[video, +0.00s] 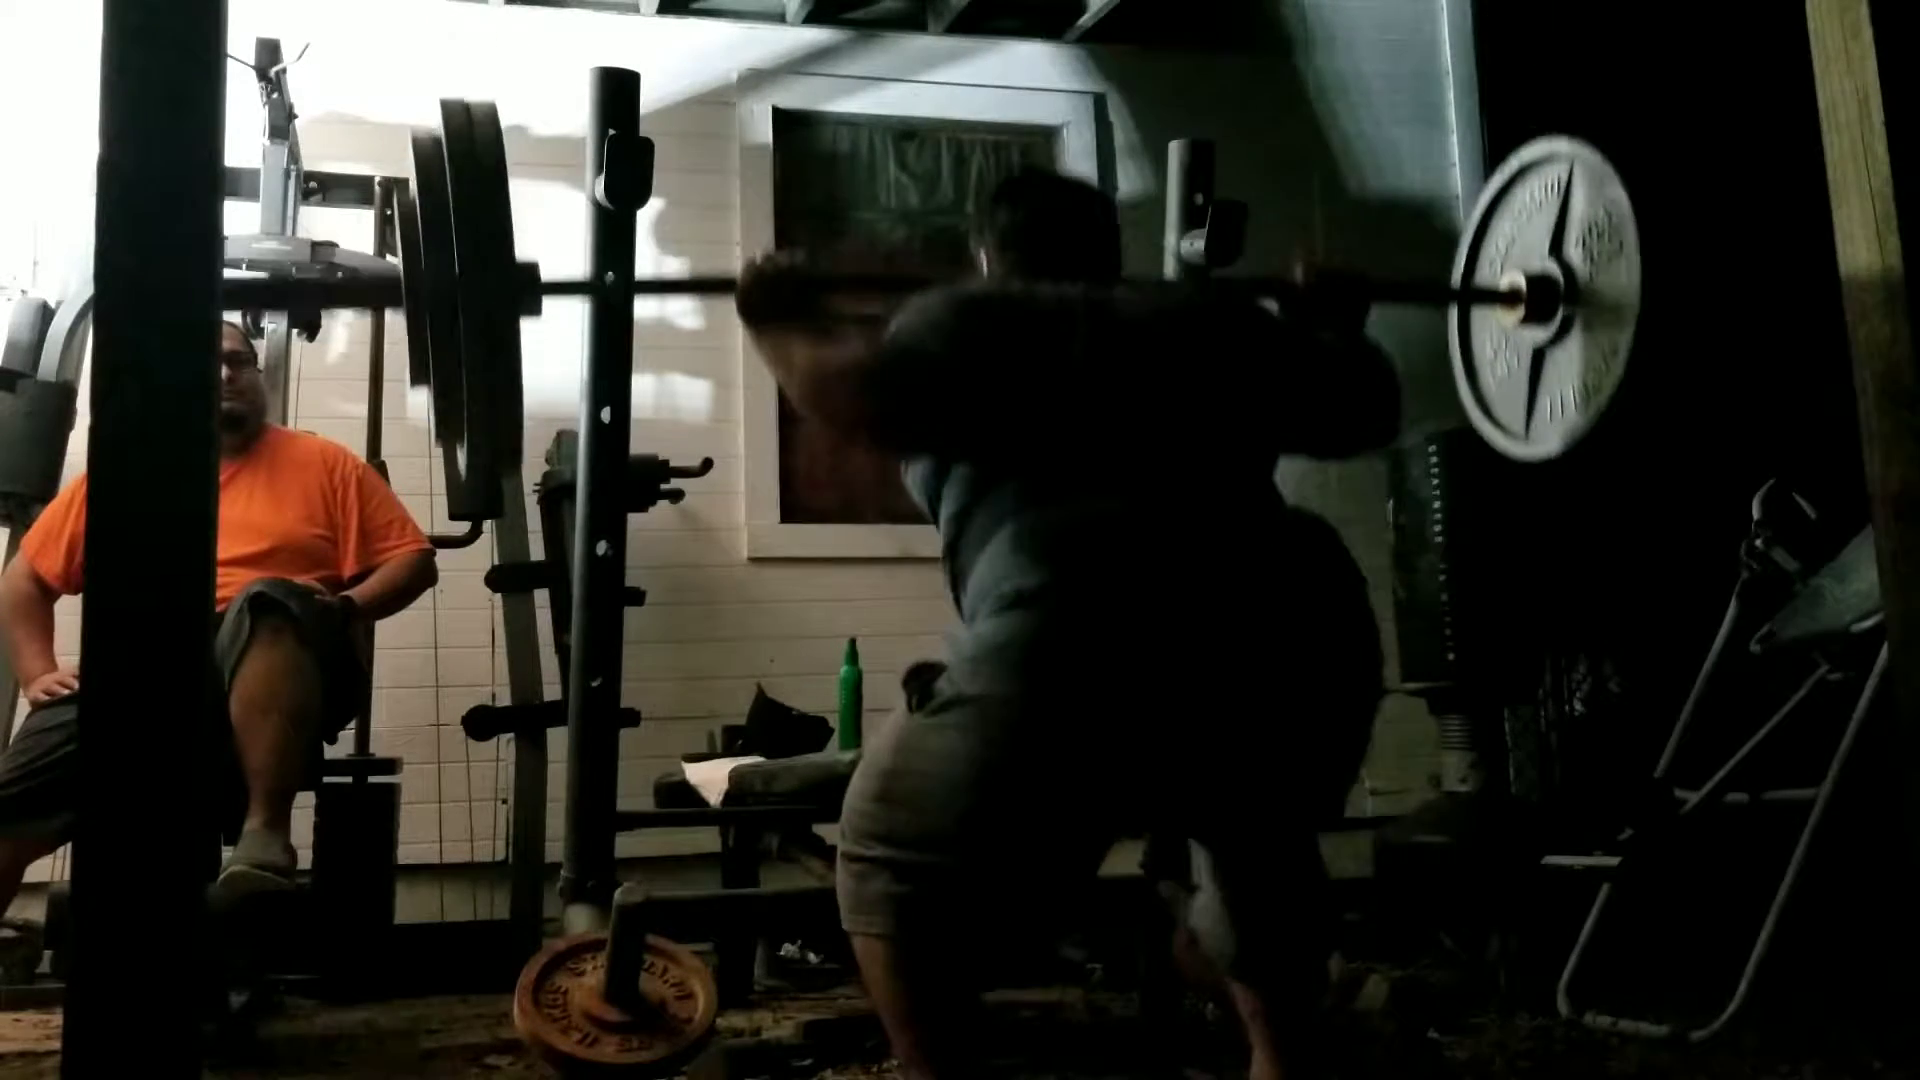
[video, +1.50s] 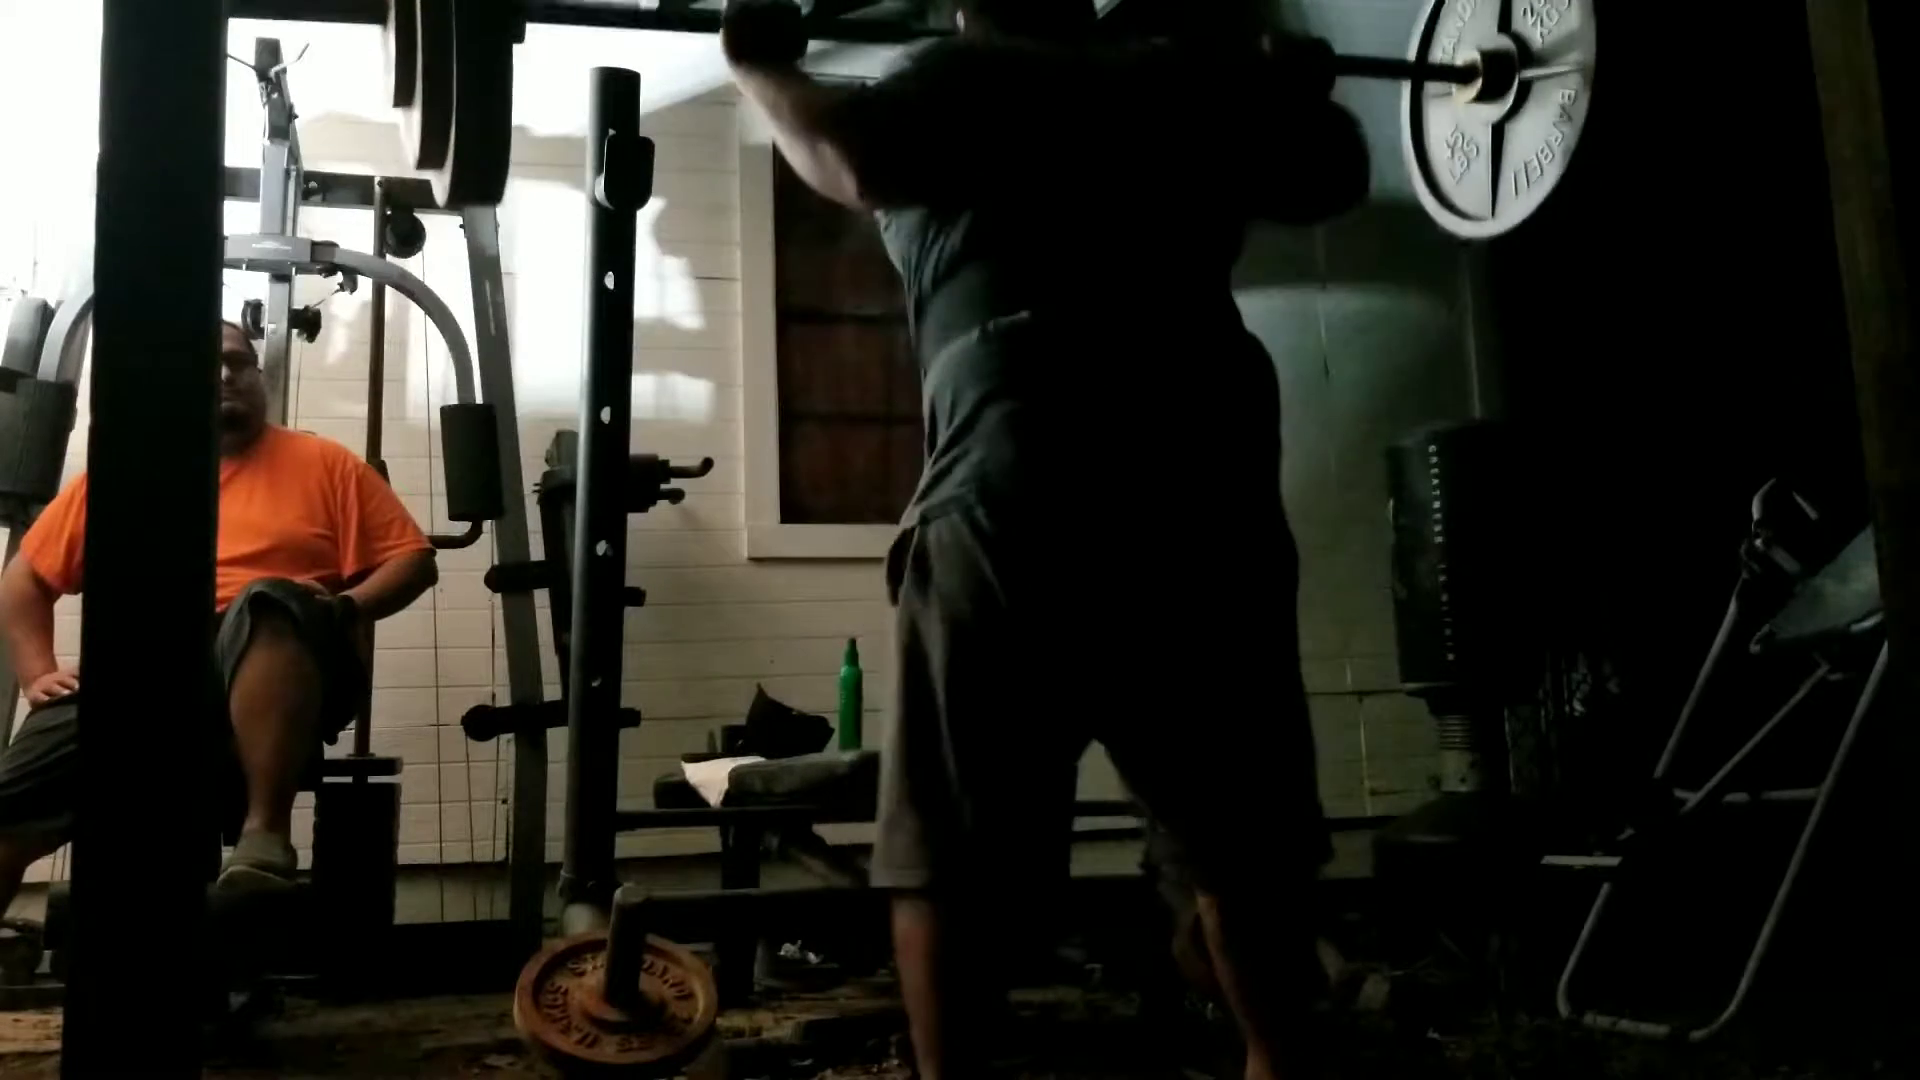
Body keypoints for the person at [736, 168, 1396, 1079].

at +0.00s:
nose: (974, 268)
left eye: (976, 255)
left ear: (989, 261)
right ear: (1113, 255)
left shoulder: (954, 324)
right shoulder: (1204, 321)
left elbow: (857, 404)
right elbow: (1364, 414)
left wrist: (773, 315)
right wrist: (1332, 318)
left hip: (1060, 655)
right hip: (1273, 643)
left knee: (887, 860)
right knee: (1258, 844)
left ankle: (929, 1062)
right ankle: (1282, 1056)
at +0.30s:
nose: (978, 355)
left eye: (984, 340)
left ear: (997, 349)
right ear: (1115, 345)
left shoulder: (962, 420)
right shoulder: (1215, 414)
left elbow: (866, 513)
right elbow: (1377, 498)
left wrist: (785, 429)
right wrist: (1339, 410)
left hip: (1057, 778)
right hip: (1275, 764)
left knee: (855, 839)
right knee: (1279, 886)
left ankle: (923, 1063)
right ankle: (1287, 1058)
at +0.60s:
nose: (972, 416)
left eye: (975, 406)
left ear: (991, 410)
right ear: (1116, 396)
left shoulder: (957, 476)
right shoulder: (1213, 464)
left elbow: (860, 565)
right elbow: (1370, 562)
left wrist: (776, 477)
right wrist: (1334, 450)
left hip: (1047, 839)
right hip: (1255, 824)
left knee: (839, 843)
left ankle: (911, 1060)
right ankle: (1284, 1055)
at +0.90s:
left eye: (957, 294)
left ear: (966, 299)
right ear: (1095, 288)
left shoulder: (936, 354)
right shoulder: (1189, 347)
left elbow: (826, 424)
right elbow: (1358, 409)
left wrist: (768, 352)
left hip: (1058, 682)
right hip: (1279, 666)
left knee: (871, 847)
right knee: (1269, 853)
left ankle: (924, 1062)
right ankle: (1288, 1057)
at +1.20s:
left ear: (958, 148)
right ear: (1090, 147)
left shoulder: (937, 210)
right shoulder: (1181, 213)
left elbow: (827, 270)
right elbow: (1339, 283)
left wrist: (763, 189)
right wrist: (1296, 187)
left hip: (1037, 546)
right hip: (1244, 540)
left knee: (891, 850)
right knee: (1243, 827)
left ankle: (931, 1059)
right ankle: (1280, 1055)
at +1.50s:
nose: (940, 26)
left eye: (944, 15)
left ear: (964, 11)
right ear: (1086, 3)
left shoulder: (943, 81)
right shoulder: (1184, 83)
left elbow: (847, 163)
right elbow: (1332, 173)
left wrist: (757, 63)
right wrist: (1304, 81)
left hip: (1015, 470)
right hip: (1205, 467)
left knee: (948, 822)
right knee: (1240, 810)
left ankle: (946, 1061)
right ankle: (1276, 1055)